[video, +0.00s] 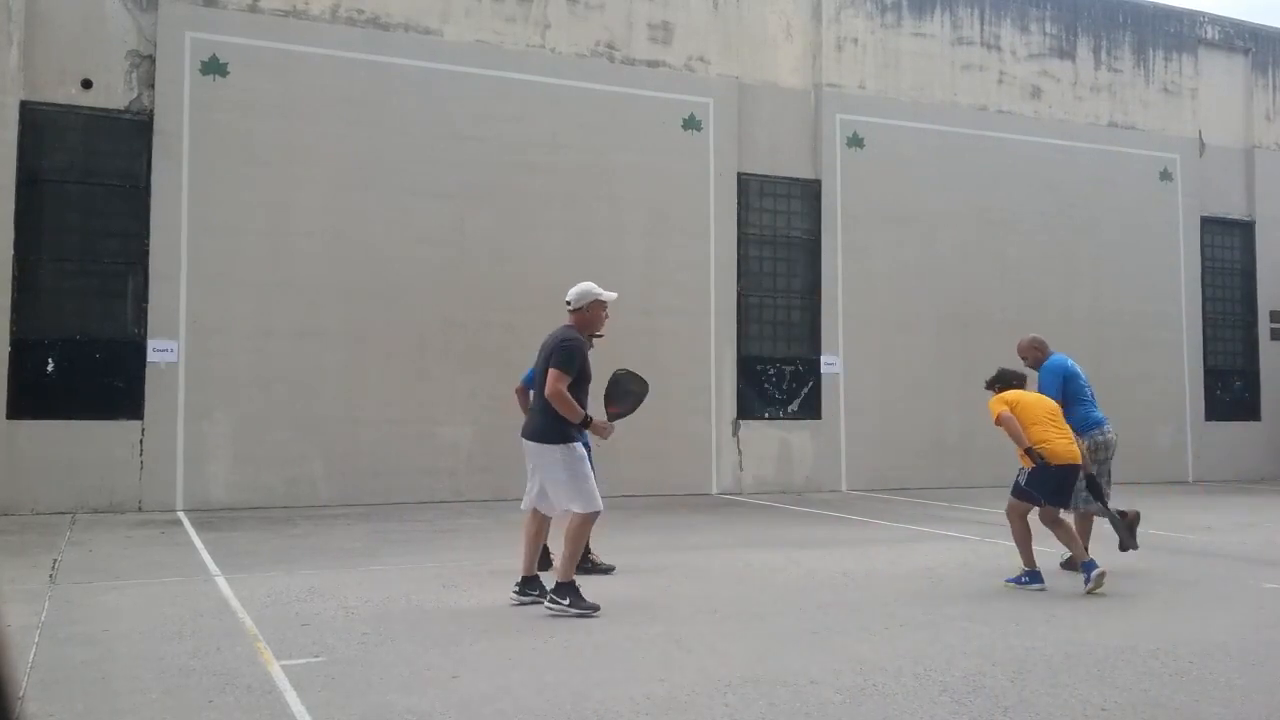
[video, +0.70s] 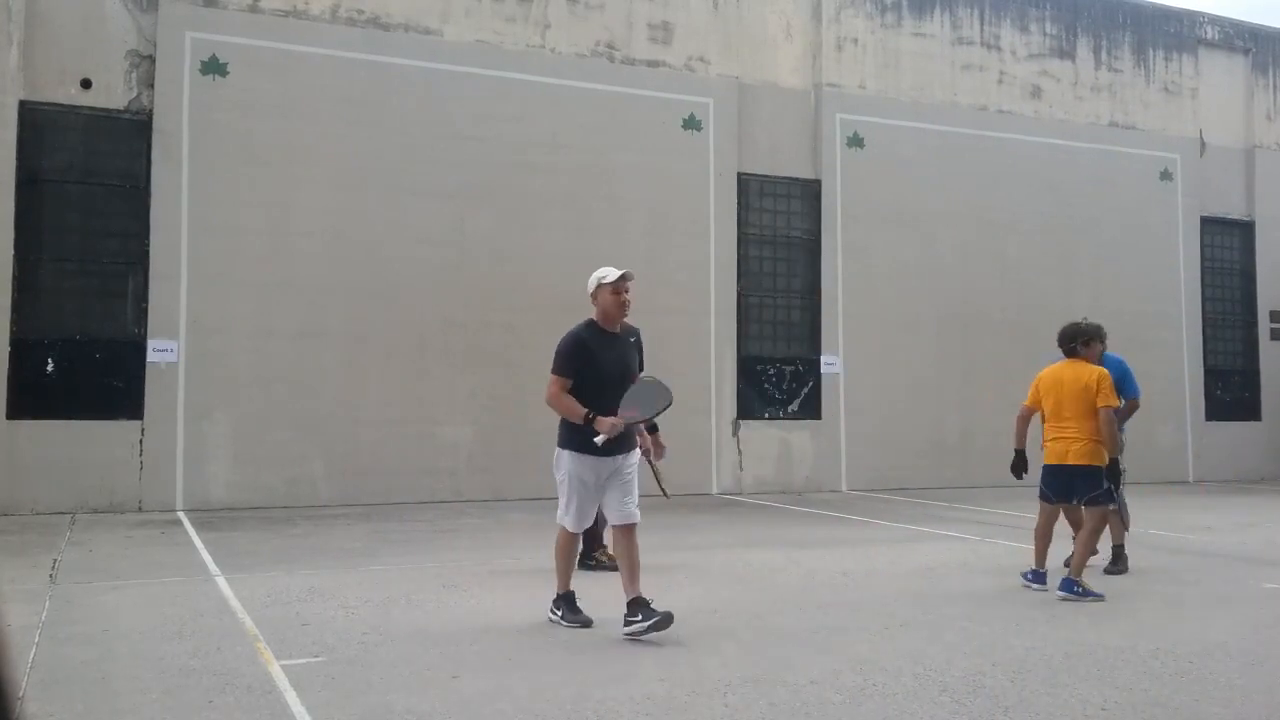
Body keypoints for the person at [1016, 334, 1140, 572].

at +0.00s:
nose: (1026, 364)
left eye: (1026, 358)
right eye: (1023, 360)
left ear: (1039, 351)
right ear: (1040, 350)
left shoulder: (1051, 368)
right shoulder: (1062, 362)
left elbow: (1048, 411)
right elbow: (1053, 408)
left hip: (1090, 437)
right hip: (1100, 434)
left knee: (1079, 499)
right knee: (1084, 500)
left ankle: (1121, 518)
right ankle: (1080, 555)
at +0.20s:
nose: (1031, 370)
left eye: (1031, 365)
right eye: (1029, 366)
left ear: (1044, 357)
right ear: (1043, 356)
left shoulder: (1069, 370)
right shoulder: (1054, 374)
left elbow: (1082, 410)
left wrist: (1052, 424)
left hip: (1104, 437)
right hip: (1088, 438)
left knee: (1090, 498)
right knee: (1082, 499)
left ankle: (1115, 542)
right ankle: (1080, 553)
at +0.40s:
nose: (1055, 367)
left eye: (1057, 362)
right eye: (1053, 363)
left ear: (1069, 353)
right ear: (1053, 360)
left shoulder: (1092, 371)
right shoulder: (1061, 374)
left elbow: (1112, 407)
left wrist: (1085, 433)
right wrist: (1062, 431)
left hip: (1108, 439)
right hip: (1083, 440)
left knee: (1099, 500)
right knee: (1077, 499)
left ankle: (1116, 552)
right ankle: (1080, 554)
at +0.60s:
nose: (1082, 350)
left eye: (1086, 345)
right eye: (1079, 345)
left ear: (1096, 344)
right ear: (1073, 346)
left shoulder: (1112, 366)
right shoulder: (1067, 368)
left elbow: (1130, 403)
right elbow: (1059, 402)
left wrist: (1105, 427)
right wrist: (1065, 426)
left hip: (1110, 438)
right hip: (1079, 437)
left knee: (1110, 497)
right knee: (1066, 498)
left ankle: (1118, 552)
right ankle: (1085, 547)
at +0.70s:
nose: (1099, 348)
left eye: (1100, 343)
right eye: (1095, 344)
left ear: (1103, 344)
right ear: (1081, 345)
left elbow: (1133, 401)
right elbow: (1048, 402)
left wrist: (1112, 426)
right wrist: (1053, 426)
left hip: (1104, 437)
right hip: (1073, 438)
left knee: (1110, 496)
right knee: (1066, 498)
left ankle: (1118, 552)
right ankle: (1083, 544)